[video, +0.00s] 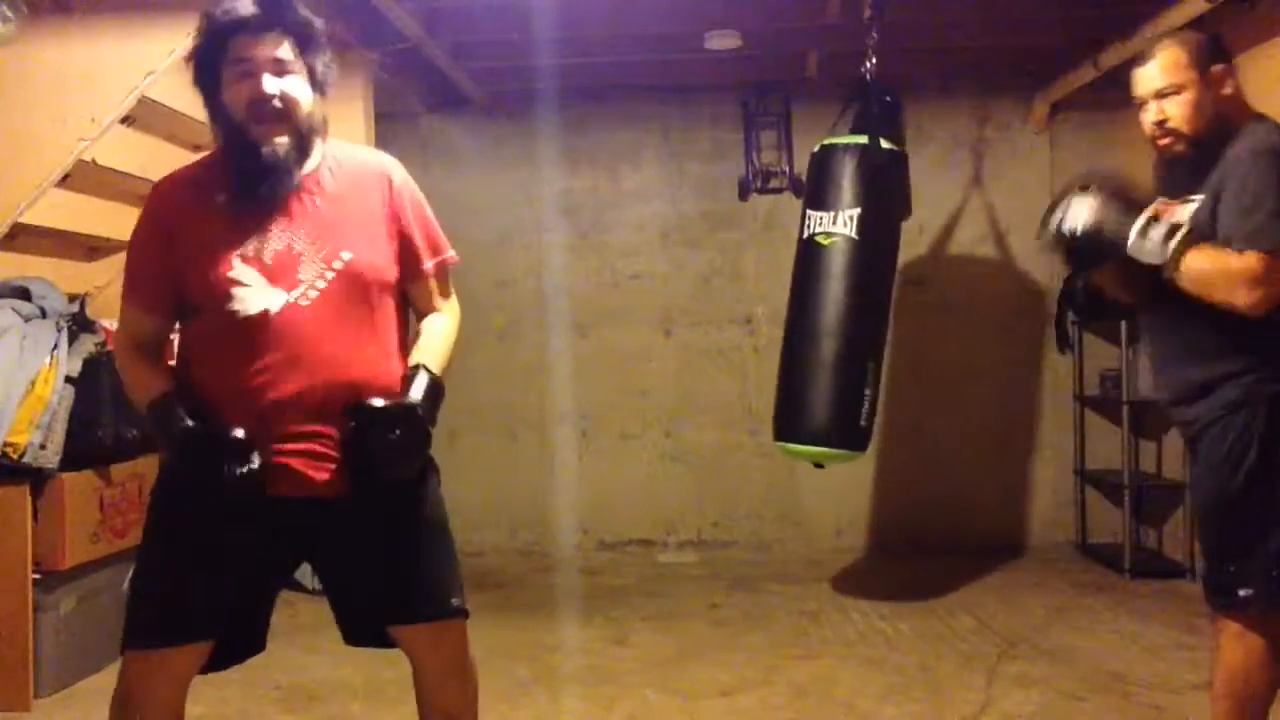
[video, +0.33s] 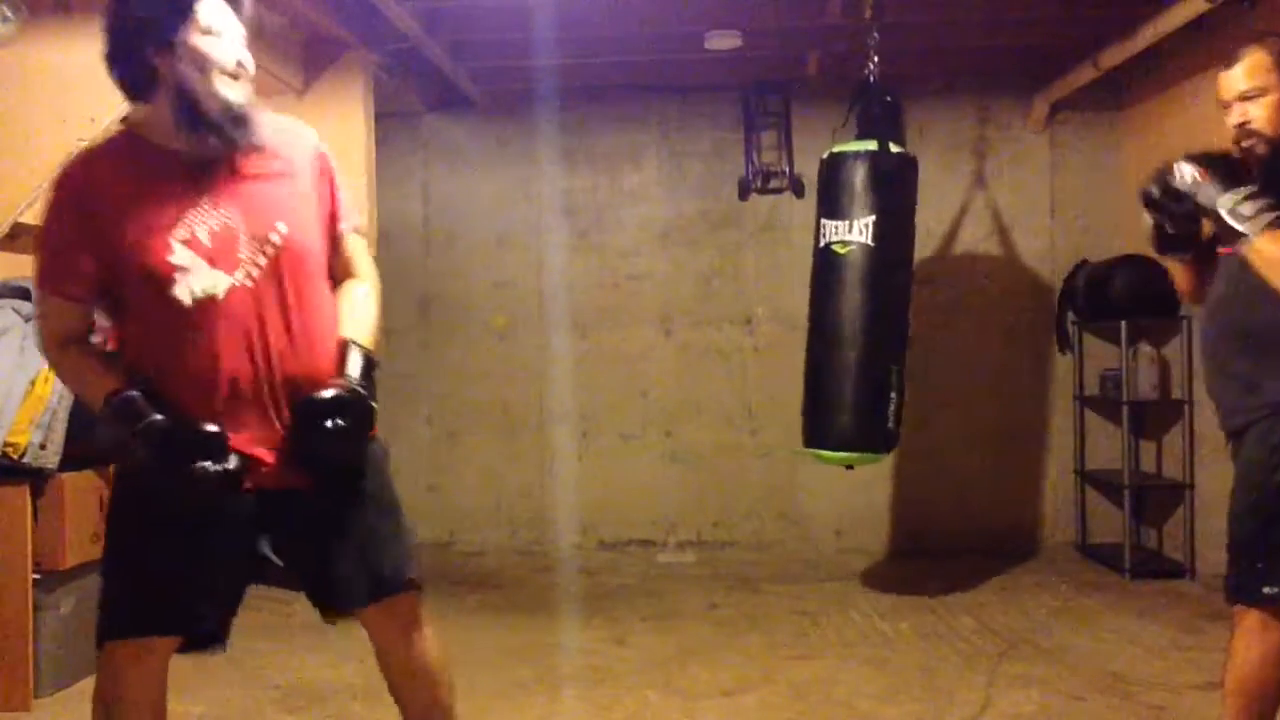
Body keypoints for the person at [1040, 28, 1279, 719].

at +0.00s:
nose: (1154, 117)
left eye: (1170, 94)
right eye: (1142, 103)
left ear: (1221, 83)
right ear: (1136, 107)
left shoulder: (1256, 152)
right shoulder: (1184, 168)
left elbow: (1255, 286)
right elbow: (1155, 289)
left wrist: (1144, 240)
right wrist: (1100, 253)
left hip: (1248, 414)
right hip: (1213, 415)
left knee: (1241, 609)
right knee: (1242, 604)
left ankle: (1235, 714)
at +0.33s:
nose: (1238, 117)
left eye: (1253, 97)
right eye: (1228, 106)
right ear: (1223, 117)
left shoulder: (1274, 195)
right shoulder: (1242, 196)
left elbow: (1275, 280)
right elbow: (1193, 291)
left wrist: (1243, 220)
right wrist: (1177, 231)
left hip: (1272, 421)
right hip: (1248, 423)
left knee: (1256, 602)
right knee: (1254, 599)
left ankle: (1242, 711)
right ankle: (1250, 706)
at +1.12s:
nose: (1189, 112)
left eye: (1204, 90)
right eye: (1185, 97)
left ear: (1261, 81)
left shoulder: (1266, 165)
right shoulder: (1233, 174)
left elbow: (1254, 278)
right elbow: (1204, 273)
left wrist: (1144, 238)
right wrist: (1115, 255)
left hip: (1250, 420)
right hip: (1222, 419)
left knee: (1221, 614)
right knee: (1223, 612)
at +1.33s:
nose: (1108, 106)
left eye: (1118, 85)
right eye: (1104, 90)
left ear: (1176, 75)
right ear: (1173, 81)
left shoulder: (1214, 147)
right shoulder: (1176, 152)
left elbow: (1151, 267)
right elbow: (1117, 261)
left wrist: (1046, 233)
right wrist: (1027, 221)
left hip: (1226, 412)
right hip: (1205, 411)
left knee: (1195, 608)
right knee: (1196, 605)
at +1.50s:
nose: (1041, 118)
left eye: (1054, 96)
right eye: (1039, 102)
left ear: (1111, 85)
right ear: (1108, 91)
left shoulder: (1151, 150)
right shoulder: (1125, 153)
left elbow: (1046, 261)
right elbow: (1053, 254)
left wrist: (952, 202)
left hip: (1225, 413)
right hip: (1207, 409)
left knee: (1188, 610)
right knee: (1191, 608)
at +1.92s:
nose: (1053, 116)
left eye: (1064, 94)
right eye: (1051, 100)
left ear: (1118, 80)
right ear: (1113, 87)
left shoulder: (1164, 151)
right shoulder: (1123, 160)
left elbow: (1081, 282)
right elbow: (1046, 270)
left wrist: (983, 266)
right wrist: (946, 260)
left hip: (1227, 417)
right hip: (1196, 416)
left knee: (1189, 609)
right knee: (1187, 606)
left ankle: (1191, 715)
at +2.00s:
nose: (1080, 108)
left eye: (1092, 87)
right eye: (1077, 92)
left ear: (1148, 77)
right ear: (1147, 83)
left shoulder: (1188, 148)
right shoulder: (1169, 150)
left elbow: (1156, 299)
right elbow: (1133, 287)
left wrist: (1029, 299)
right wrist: (1028, 296)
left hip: (1224, 425)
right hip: (1205, 421)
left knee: (1178, 612)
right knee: (1184, 608)